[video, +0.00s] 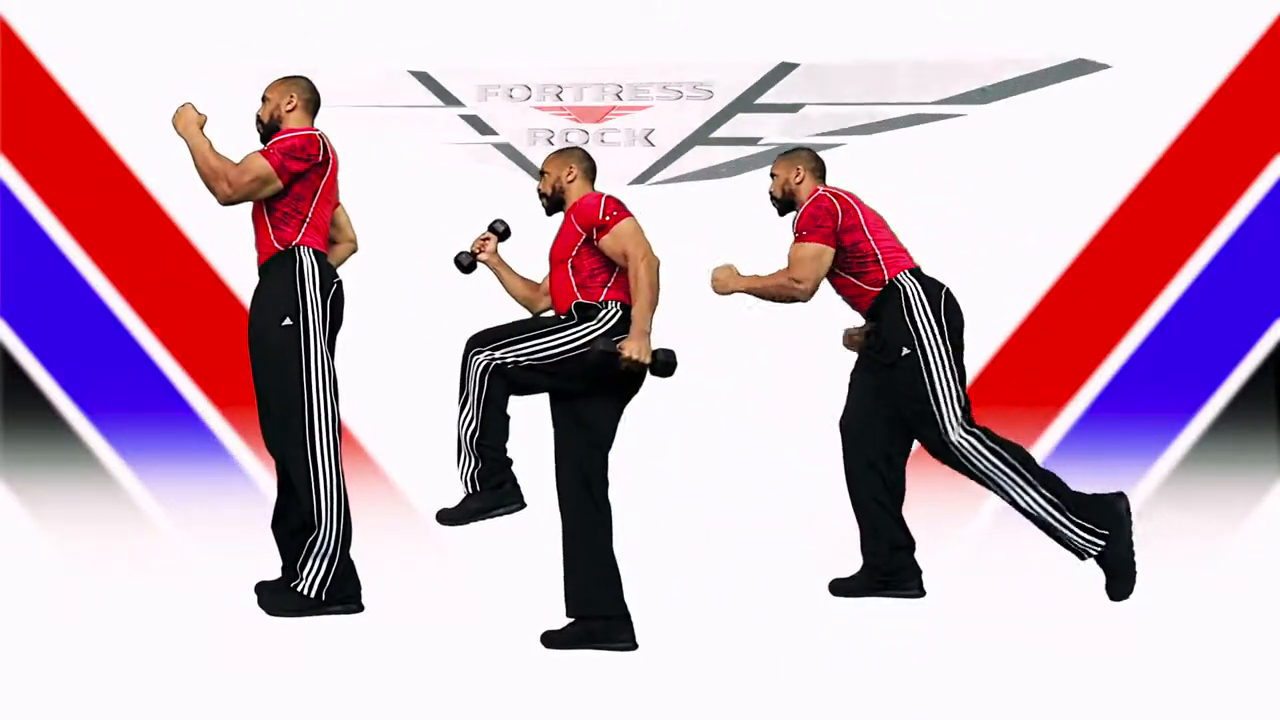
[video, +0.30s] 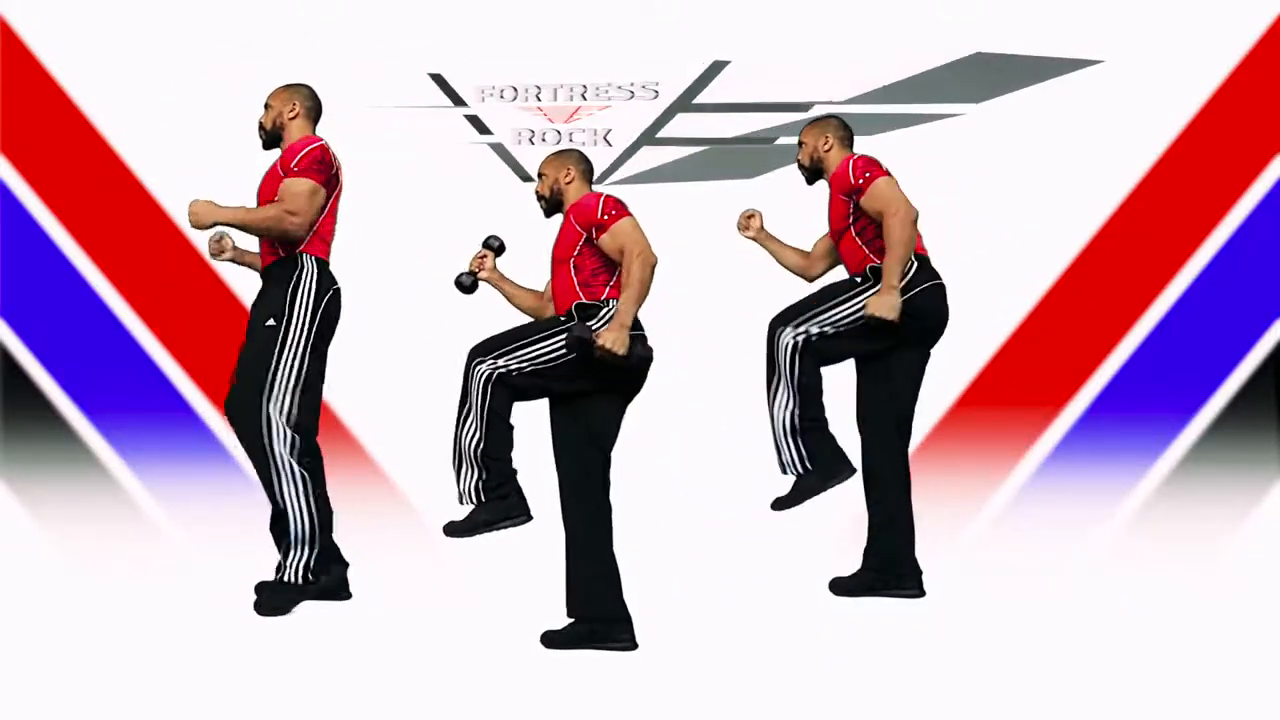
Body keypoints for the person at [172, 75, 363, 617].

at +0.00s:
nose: (258, 109)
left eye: (264, 100)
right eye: (260, 102)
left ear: (287, 102)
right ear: (298, 106)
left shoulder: (303, 143)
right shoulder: (303, 156)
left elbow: (229, 186)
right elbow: (343, 239)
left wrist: (193, 132)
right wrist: (296, 284)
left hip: (297, 284)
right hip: (289, 287)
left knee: (309, 428)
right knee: (288, 432)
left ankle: (326, 581)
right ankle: (304, 573)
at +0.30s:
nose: (261, 114)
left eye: (267, 105)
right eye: (263, 106)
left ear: (290, 108)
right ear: (295, 112)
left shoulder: (310, 149)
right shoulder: (283, 169)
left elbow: (294, 219)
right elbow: (287, 259)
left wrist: (221, 214)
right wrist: (240, 252)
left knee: (278, 417)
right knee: (245, 411)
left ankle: (303, 564)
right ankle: (315, 555)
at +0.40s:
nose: (260, 119)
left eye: (267, 109)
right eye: (262, 111)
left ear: (291, 111)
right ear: (293, 115)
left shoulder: (310, 151)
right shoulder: (283, 174)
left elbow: (329, 216)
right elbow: (268, 260)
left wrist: (255, 241)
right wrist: (217, 220)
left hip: (302, 286)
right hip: (295, 291)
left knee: (216, 374)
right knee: (289, 433)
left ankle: (254, 522)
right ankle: (315, 570)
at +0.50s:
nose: (260, 118)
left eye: (267, 109)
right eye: (262, 111)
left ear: (292, 112)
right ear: (292, 116)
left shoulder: (311, 149)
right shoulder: (287, 177)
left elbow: (354, 209)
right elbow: (236, 234)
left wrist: (299, 253)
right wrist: (208, 183)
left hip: (296, 287)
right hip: (301, 298)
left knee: (189, 332)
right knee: (292, 440)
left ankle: (215, 464)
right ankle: (314, 572)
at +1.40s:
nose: (261, 124)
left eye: (267, 114)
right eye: (262, 116)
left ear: (293, 116)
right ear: (295, 120)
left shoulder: (312, 156)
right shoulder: (286, 185)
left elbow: (356, 215)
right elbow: (230, 232)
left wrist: (309, 261)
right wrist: (207, 179)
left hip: (295, 284)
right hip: (298, 299)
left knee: (182, 300)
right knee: (285, 437)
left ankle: (194, 430)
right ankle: (316, 571)